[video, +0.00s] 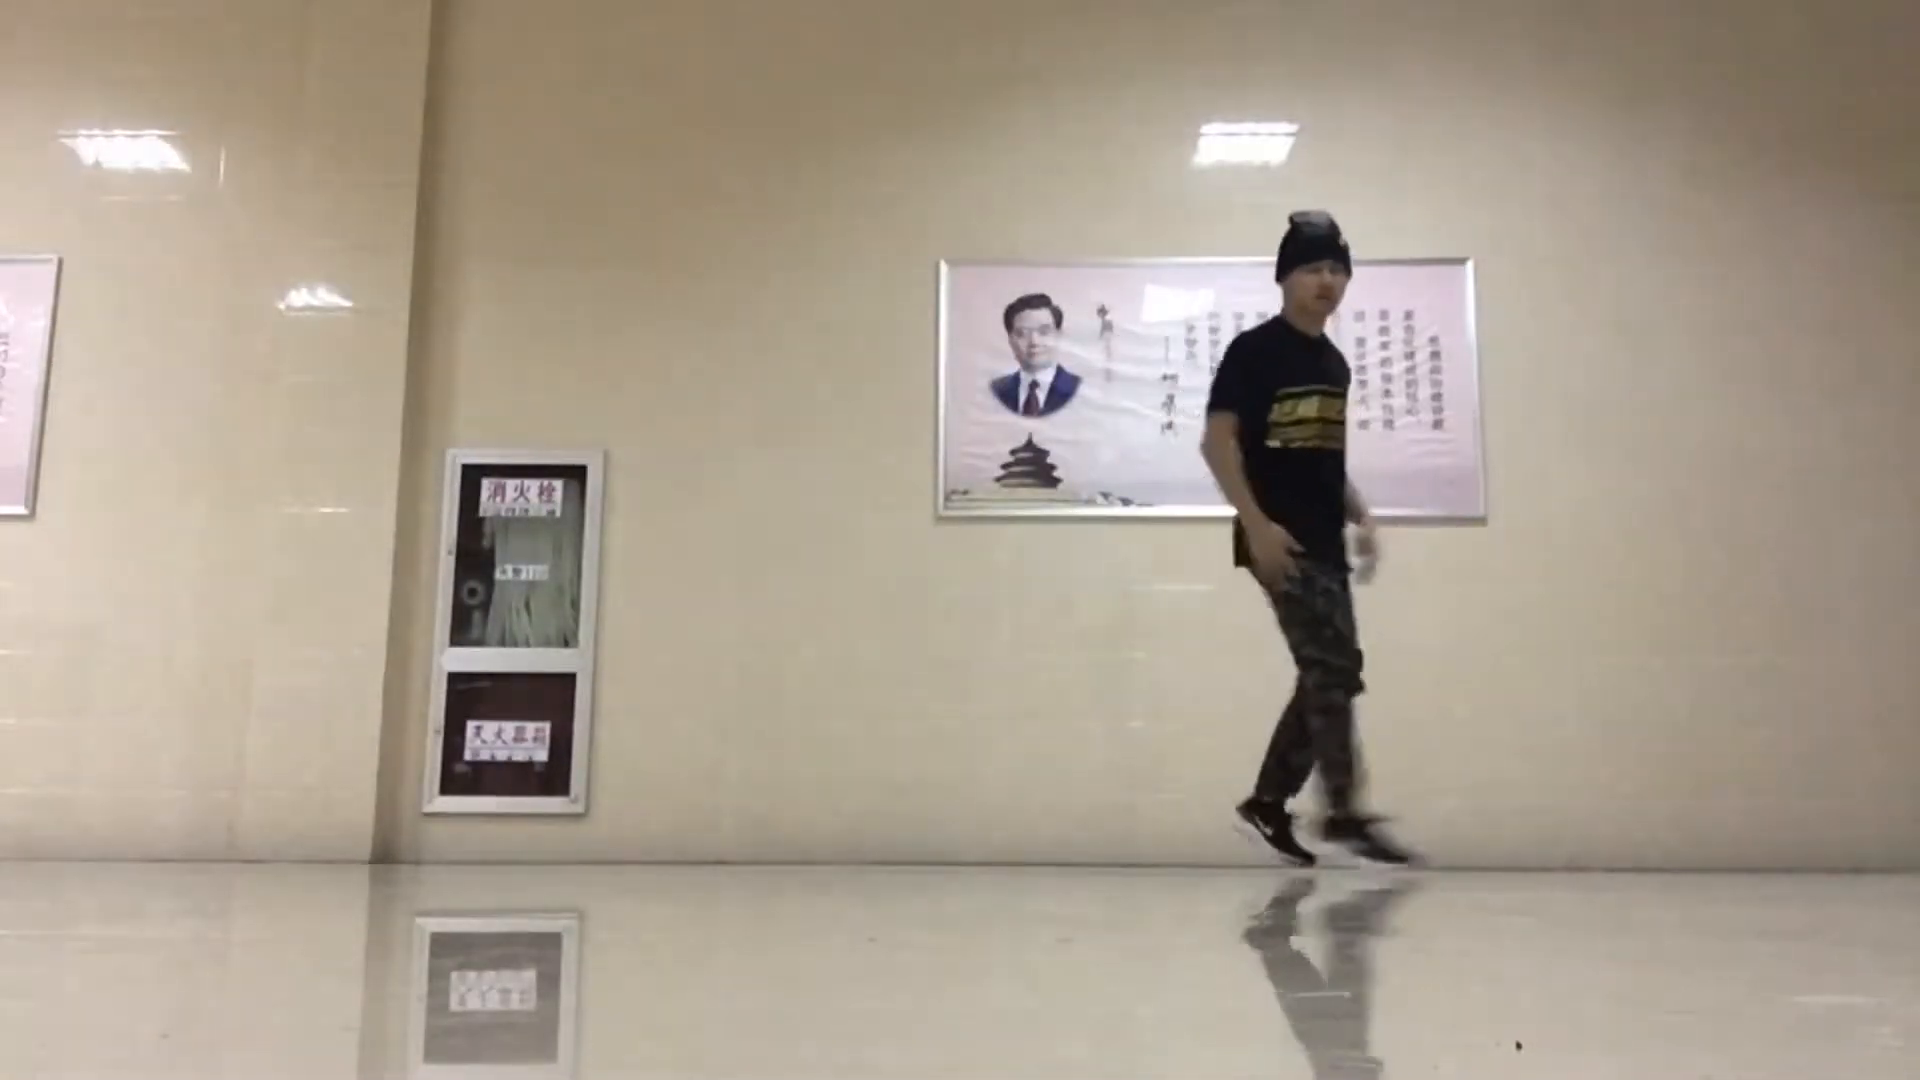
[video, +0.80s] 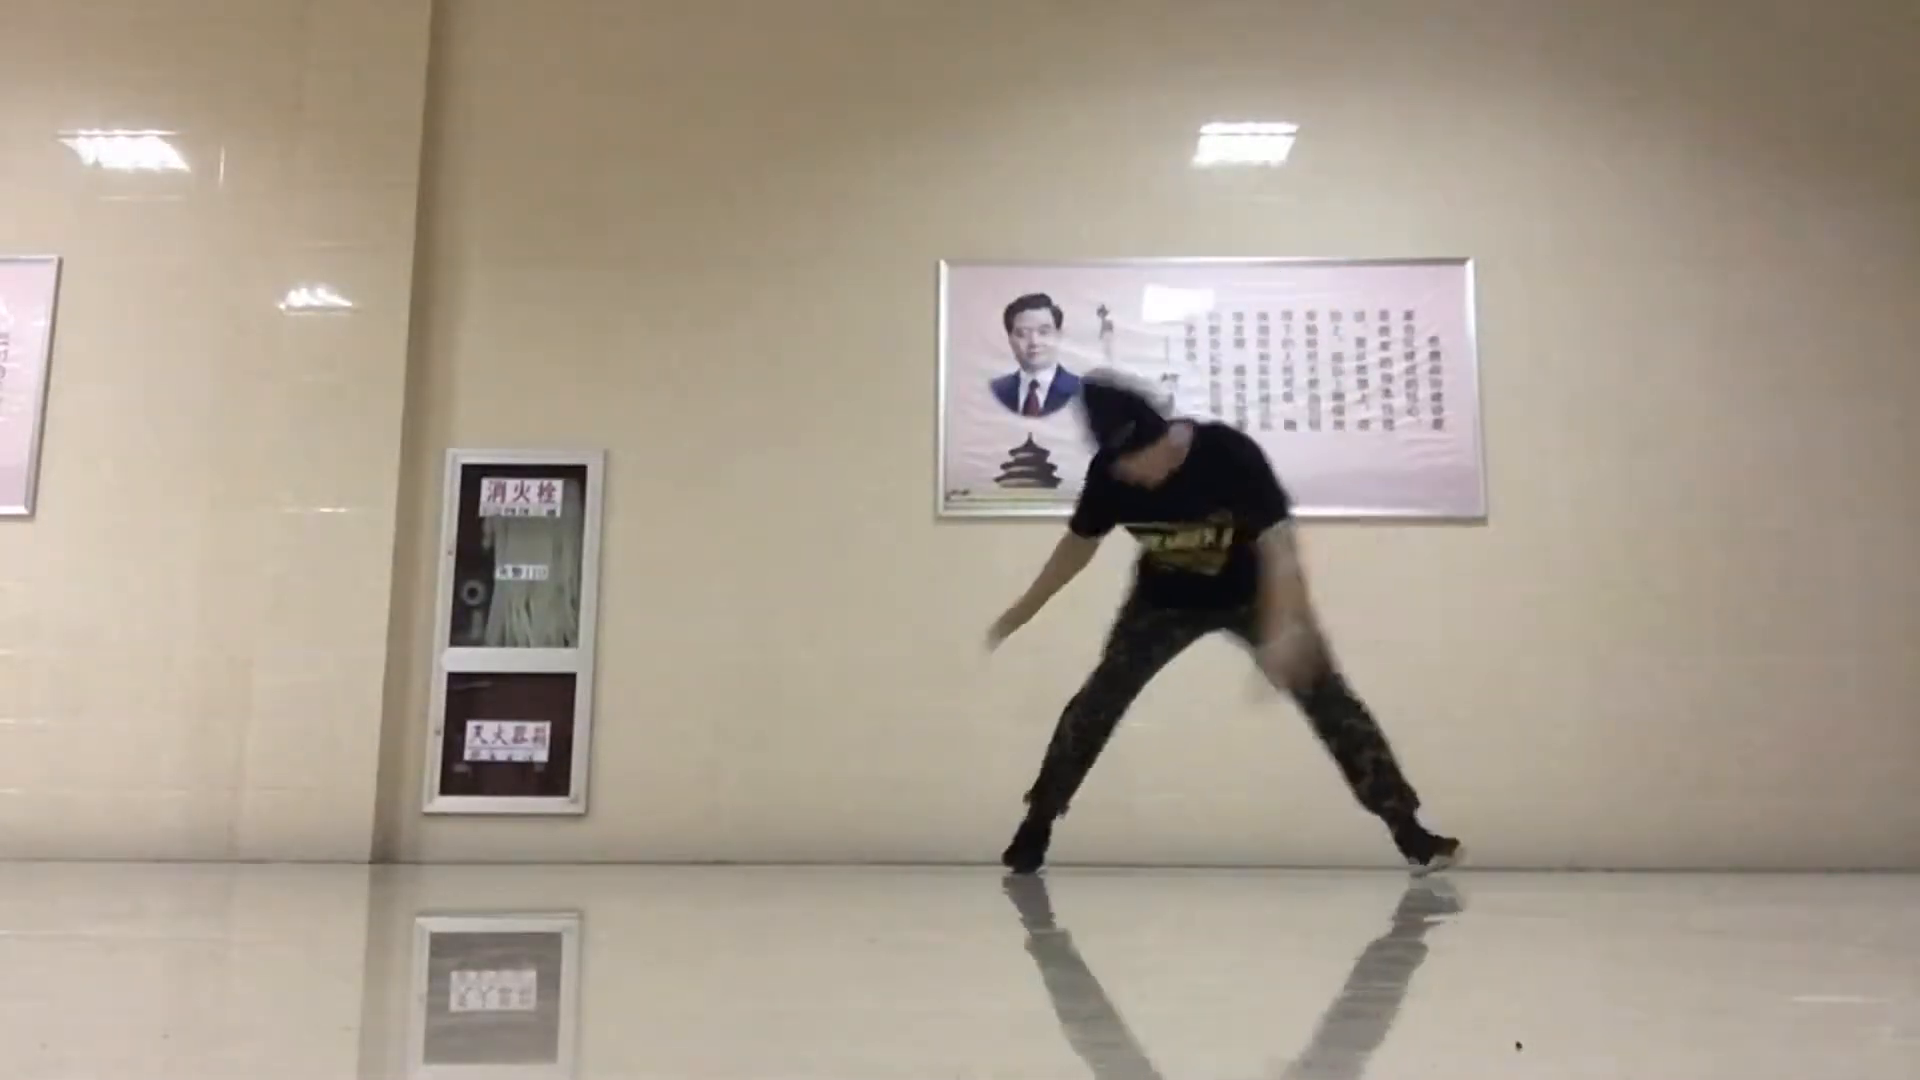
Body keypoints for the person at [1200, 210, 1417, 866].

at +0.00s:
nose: (1329, 284)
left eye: (1338, 273)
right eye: (1315, 270)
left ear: (1346, 283)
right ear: (1285, 275)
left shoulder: (1333, 361)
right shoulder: (1251, 350)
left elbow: (1326, 457)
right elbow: (1218, 443)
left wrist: (1358, 515)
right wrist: (1255, 524)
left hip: (1327, 536)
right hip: (1280, 535)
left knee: (1329, 671)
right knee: (1332, 666)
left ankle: (1267, 800)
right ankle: (1344, 812)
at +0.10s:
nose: (1318, 310)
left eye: (1326, 298)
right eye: (1304, 297)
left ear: (1335, 306)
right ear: (1273, 302)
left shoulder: (1327, 389)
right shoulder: (1235, 380)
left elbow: (1312, 475)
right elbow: (1197, 471)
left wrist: (1333, 532)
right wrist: (1234, 553)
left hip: (1311, 557)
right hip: (1258, 558)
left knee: (1312, 684)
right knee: (1323, 675)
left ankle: (1269, 819)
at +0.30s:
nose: (1257, 314)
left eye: (1266, 299)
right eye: (1243, 303)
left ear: (1283, 300)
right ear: (1223, 309)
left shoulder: (1308, 382)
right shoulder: (1196, 386)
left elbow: (1315, 472)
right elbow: (1182, 481)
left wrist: (1342, 545)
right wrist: (1244, 543)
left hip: (1284, 555)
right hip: (1218, 553)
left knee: (1291, 699)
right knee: (1221, 681)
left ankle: (1263, 830)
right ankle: (1137, 727)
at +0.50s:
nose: (1207, 302)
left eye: (1215, 287)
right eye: (1192, 292)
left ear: (1230, 282)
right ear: (1170, 293)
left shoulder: (1269, 349)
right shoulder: (1141, 359)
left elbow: (1332, 423)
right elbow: (1112, 454)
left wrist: (1400, 476)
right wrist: (1164, 484)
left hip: (1247, 545)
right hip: (1163, 546)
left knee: (1299, 666)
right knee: (1114, 662)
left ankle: (1322, 798)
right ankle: (1072, 785)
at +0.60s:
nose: (1186, 356)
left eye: (1196, 340)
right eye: (1172, 344)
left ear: (1212, 332)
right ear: (1151, 340)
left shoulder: (1252, 395)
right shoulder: (1119, 403)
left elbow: (1338, 448)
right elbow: (1082, 487)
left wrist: (1416, 491)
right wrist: (1088, 539)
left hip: (1221, 577)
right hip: (1137, 578)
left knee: (1300, 691)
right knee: (1084, 700)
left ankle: (1382, 810)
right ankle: (1041, 820)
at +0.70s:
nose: (1168, 418)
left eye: (1178, 402)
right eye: (1154, 407)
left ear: (1198, 389)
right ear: (1137, 400)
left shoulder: (1240, 439)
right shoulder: (1111, 452)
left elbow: (1324, 491)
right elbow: (1061, 543)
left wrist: (1393, 549)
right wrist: (1010, 614)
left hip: (1215, 613)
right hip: (1126, 615)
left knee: (1299, 713)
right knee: (1082, 713)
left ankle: (1396, 826)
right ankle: (1033, 828)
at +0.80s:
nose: (1129, 476)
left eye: (1133, 462)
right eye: (1120, 466)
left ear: (1160, 436)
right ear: (1114, 457)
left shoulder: (1232, 454)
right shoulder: (1113, 475)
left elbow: (1279, 546)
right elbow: (1077, 544)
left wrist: (1286, 629)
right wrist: (1026, 606)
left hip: (1248, 592)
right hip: (1165, 598)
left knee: (1328, 696)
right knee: (1101, 700)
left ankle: (1408, 828)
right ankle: (1035, 827)